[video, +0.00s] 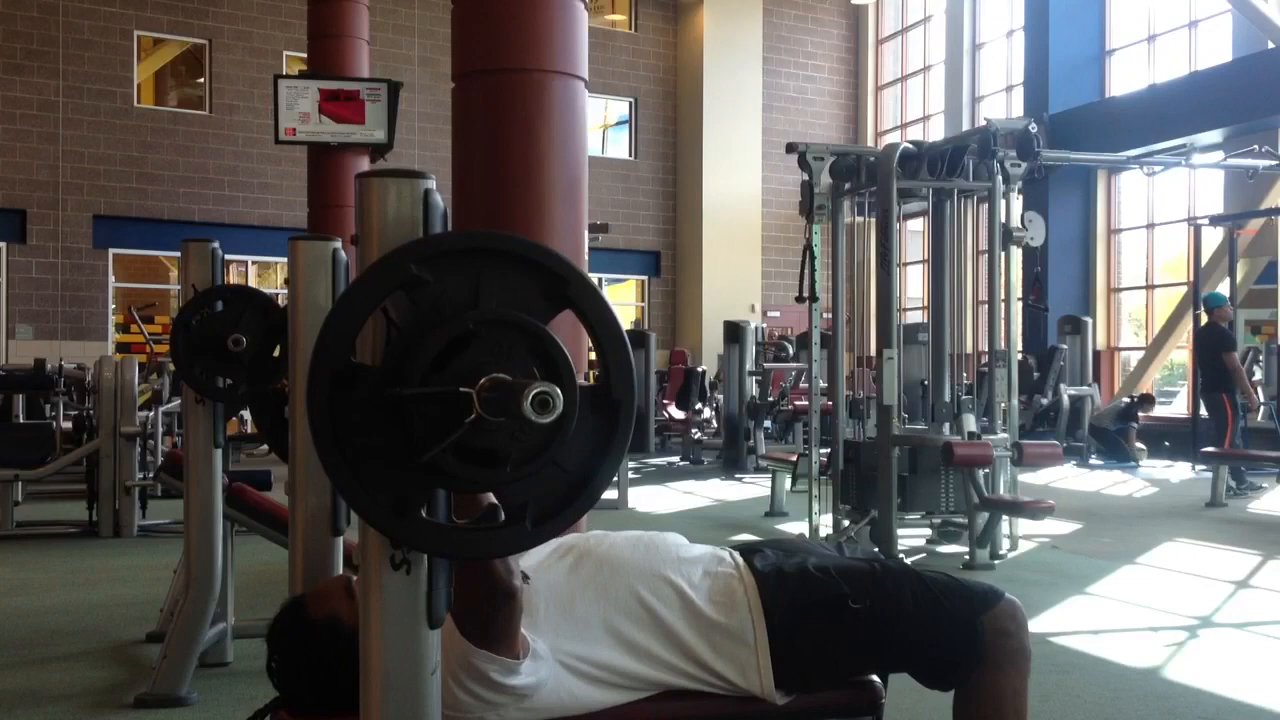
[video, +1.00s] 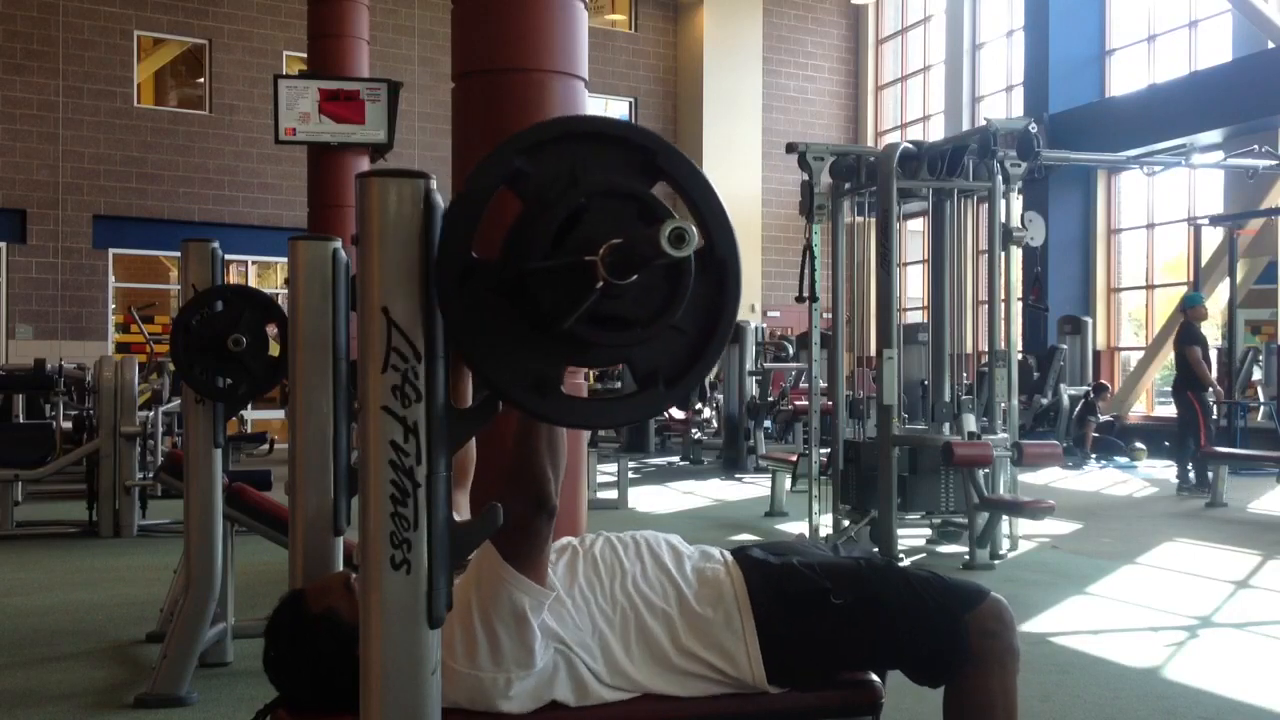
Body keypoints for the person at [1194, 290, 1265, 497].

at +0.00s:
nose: (1231, 308)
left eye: (1229, 305)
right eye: (1227, 306)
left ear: (1213, 312)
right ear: (1216, 311)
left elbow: (1202, 365)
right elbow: (1235, 367)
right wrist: (1250, 394)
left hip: (1208, 389)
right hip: (1223, 390)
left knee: (1231, 434)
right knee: (1228, 435)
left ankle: (1240, 480)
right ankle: (1222, 484)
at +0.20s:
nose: (1231, 308)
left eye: (1229, 305)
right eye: (1227, 306)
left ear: (1213, 311)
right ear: (1216, 310)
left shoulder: (1202, 331)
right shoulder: (1218, 333)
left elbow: (1207, 365)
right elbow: (1228, 366)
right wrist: (1243, 394)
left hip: (1209, 388)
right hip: (1219, 390)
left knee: (1225, 430)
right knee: (1231, 431)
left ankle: (1226, 479)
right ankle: (1223, 481)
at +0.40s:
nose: (1223, 309)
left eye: (1222, 306)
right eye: (1219, 306)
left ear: (1208, 310)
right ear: (1208, 310)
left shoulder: (1205, 329)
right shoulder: (1209, 331)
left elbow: (1216, 365)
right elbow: (1218, 365)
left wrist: (1229, 390)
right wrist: (1230, 393)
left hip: (1210, 389)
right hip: (1214, 390)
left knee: (1216, 432)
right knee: (1223, 434)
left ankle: (1195, 472)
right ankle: (1222, 481)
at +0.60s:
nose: (1215, 308)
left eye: (1214, 305)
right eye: (1211, 305)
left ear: (1200, 310)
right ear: (1200, 310)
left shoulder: (1197, 330)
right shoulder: (1202, 332)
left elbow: (1211, 365)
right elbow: (1209, 365)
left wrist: (1225, 389)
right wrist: (1220, 392)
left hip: (1199, 389)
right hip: (1206, 390)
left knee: (1197, 433)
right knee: (1218, 435)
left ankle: (1187, 479)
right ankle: (1221, 482)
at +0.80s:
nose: (1210, 309)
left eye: (1208, 305)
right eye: (1205, 306)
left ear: (1193, 311)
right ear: (1194, 311)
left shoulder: (1189, 331)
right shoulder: (1196, 332)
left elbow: (1194, 366)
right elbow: (1203, 365)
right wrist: (1215, 393)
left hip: (1188, 388)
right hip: (1197, 390)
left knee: (1190, 434)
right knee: (1210, 433)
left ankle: (1184, 480)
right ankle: (1219, 481)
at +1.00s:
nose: (1205, 309)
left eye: (1204, 306)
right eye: (1201, 306)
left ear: (1191, 311)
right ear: (1191, 310)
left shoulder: (1190, 329)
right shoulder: (1189, 330)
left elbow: (1197, 362)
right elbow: (1196, 361)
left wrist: (1211, 384)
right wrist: (1214, 386)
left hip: (1188, 387)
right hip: (1190, 388)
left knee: (1185, 433)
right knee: (1203, 431)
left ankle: (1184, 479)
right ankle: (1203, 480)